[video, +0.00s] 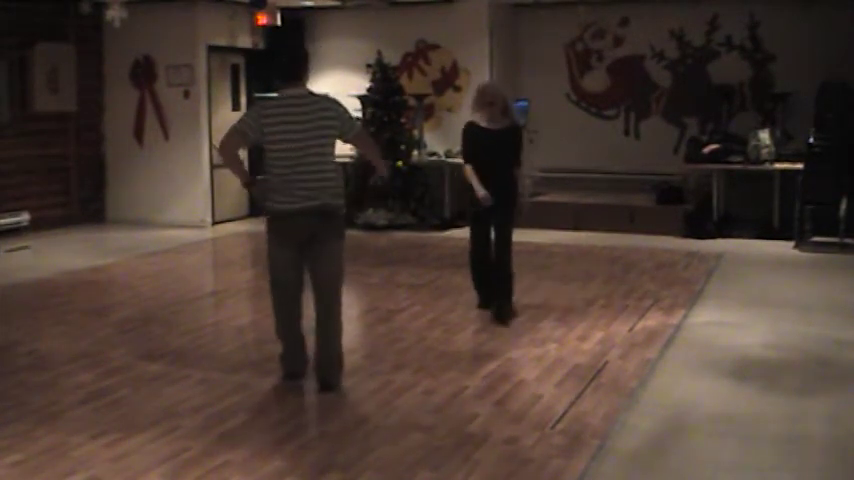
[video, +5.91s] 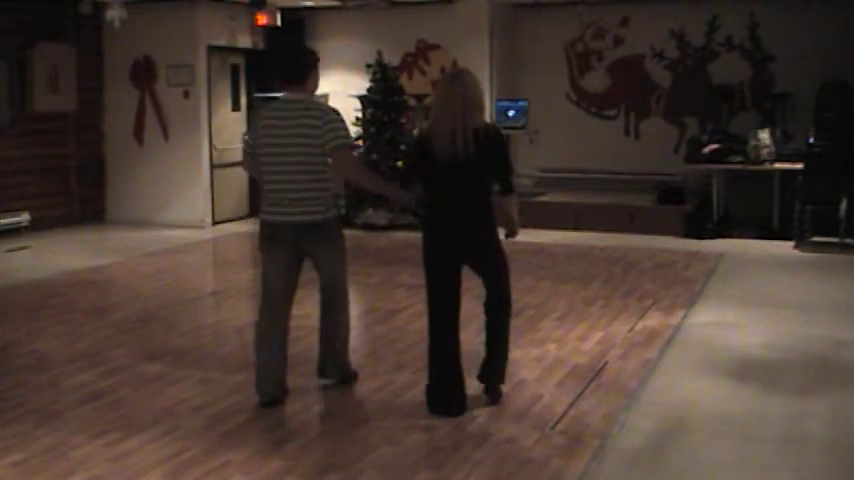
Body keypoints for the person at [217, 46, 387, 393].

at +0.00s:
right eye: (302, 64)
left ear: (274, 72)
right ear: (305, 69)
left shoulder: (263, 110)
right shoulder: (327, 106)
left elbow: (226, 147)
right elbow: (363, 142)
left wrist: (246, 179)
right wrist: (380, 164)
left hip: (283, 215)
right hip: (326, 212)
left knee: (285, 293)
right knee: (328, 296)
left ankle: (294, 368)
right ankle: (329, 375)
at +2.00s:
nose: (333, 72)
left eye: (331, 65)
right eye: (331, 66)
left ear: (296, 70)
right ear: (327, 70)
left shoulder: (281, 110)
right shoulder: (337, 110)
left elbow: (257, 151)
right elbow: (351, 159)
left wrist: (259, 193)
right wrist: (397, 187)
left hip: (289, 213)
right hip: (330, 214)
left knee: (290, 291)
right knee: (340, 289)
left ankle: (285, 371)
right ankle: (343, 360)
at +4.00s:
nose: (304, 73)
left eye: (300, 66)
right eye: (303, 67)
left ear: (267, 71)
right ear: (300, 70)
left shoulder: (254, 113)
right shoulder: (314, 113)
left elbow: (236, 168)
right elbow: (333, 171)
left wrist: (256, 199)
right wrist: (377, 193)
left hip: (267, 226)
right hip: (312, 226)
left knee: (266, 304)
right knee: (332, 297)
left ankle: (269, 389)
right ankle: (336, 374)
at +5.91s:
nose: (318, 78)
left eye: (315, 70)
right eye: (315, 71)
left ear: (281, 76)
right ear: (309, 74)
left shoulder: (265, 115)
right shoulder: (324, 114)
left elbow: (250, 164)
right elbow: (347, 168)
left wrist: (279, 182)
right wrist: (394, 193)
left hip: (276, 224)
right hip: (319, 222)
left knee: (274, 302)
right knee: (334, 292)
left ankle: (269, 388)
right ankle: (333, 367)